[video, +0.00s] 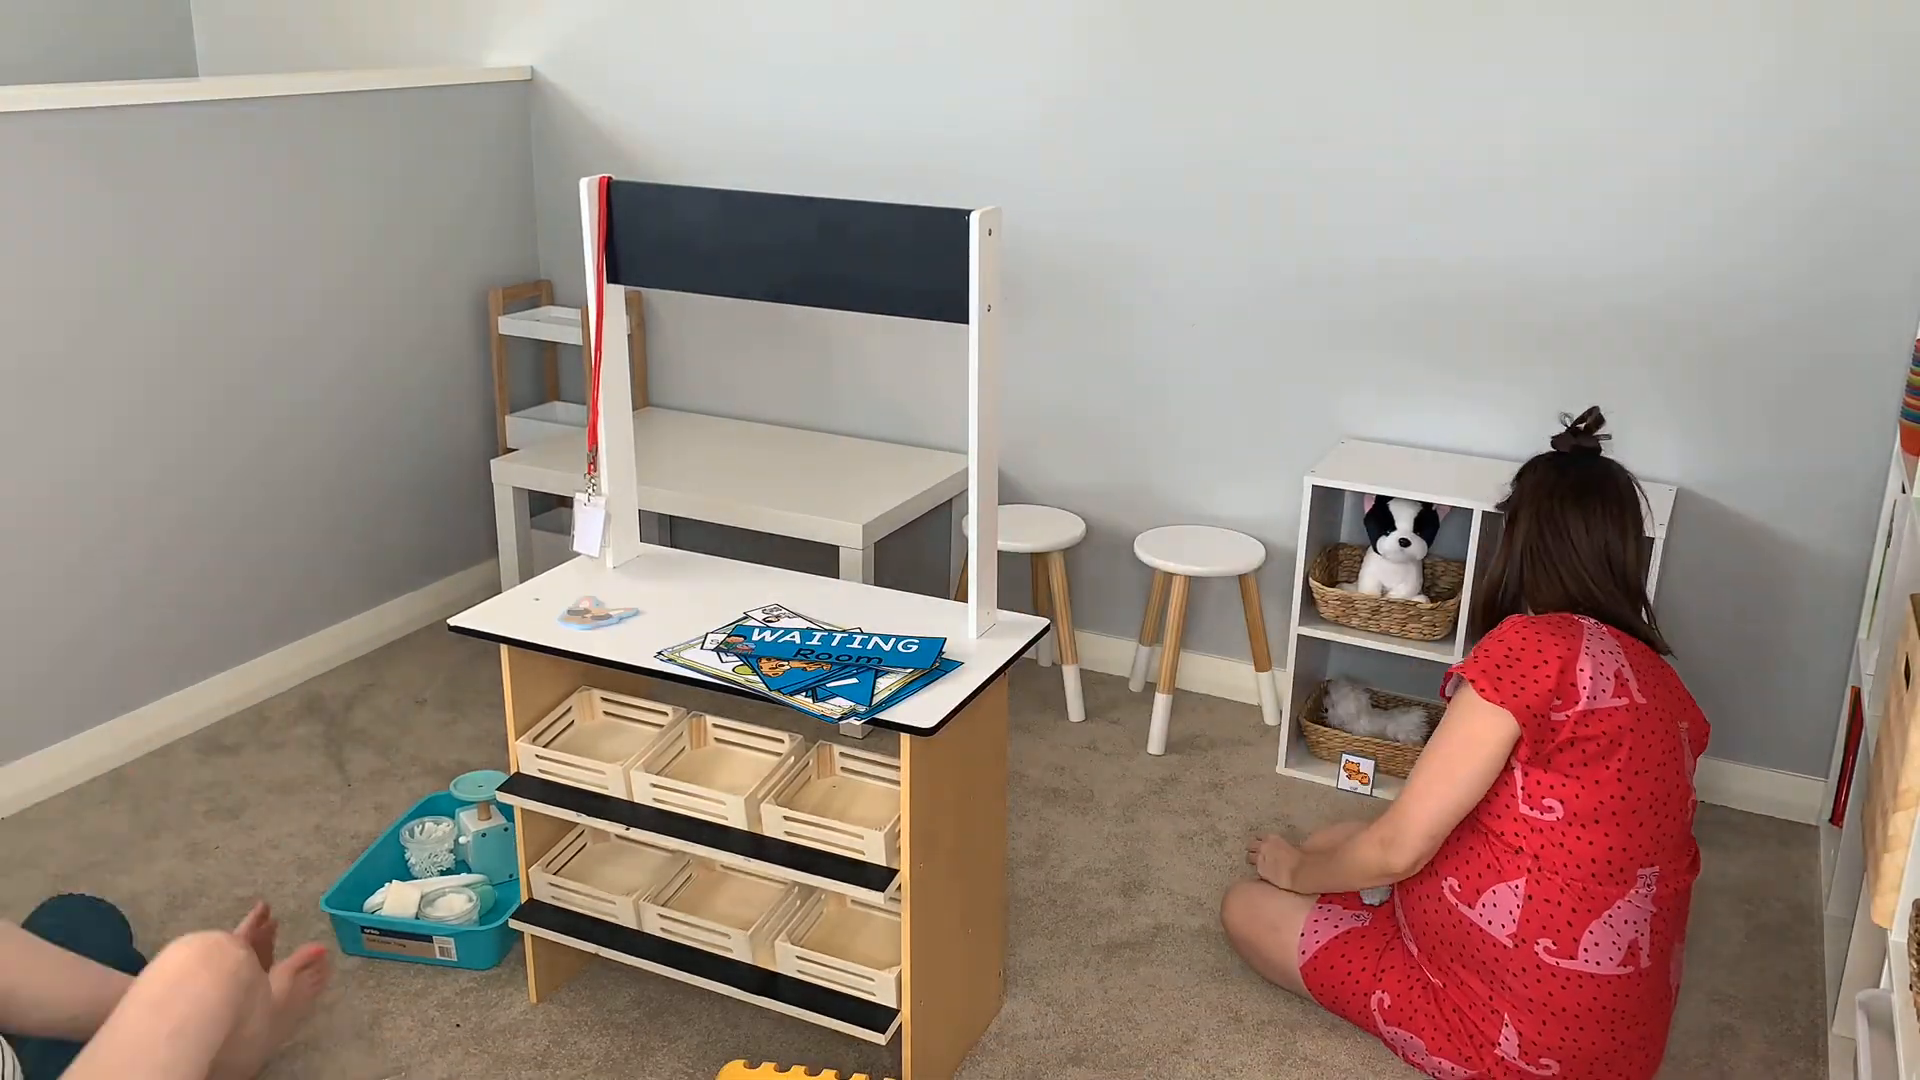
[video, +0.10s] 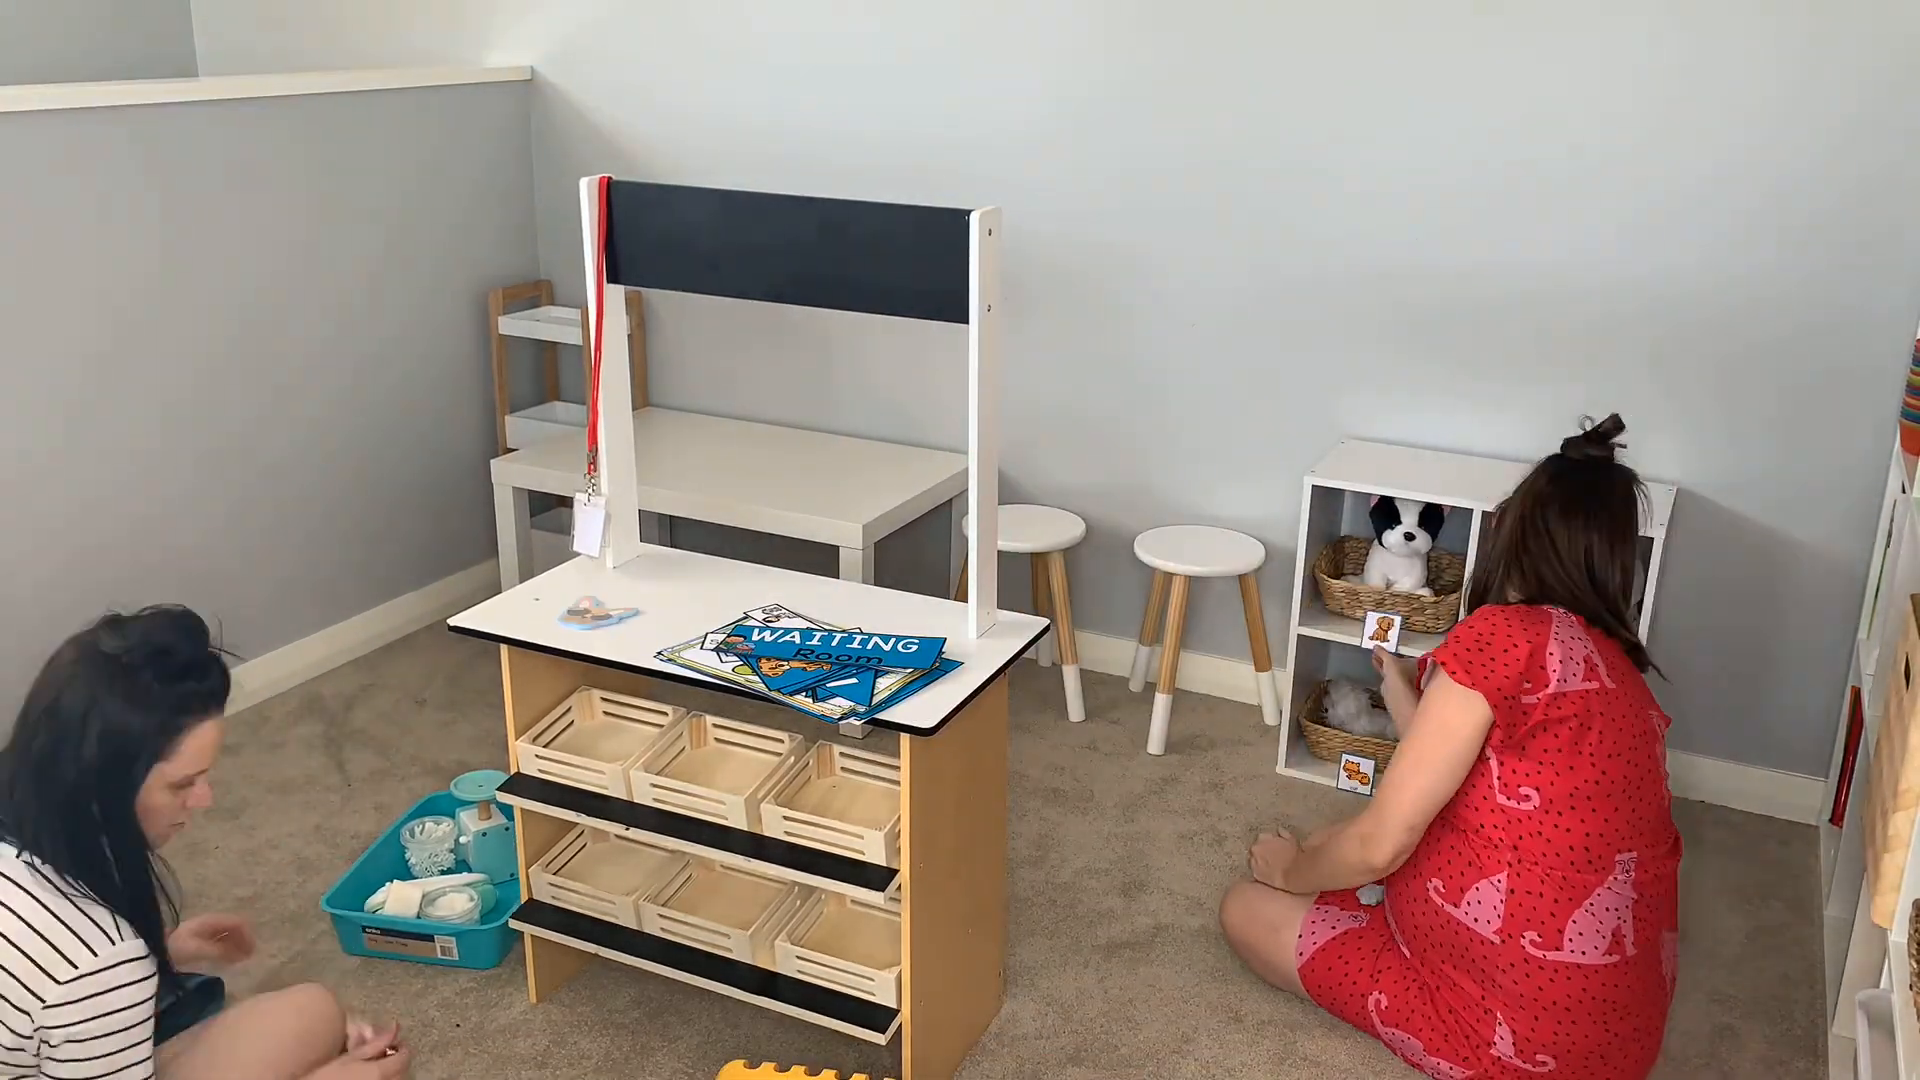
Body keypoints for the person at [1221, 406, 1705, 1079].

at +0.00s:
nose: (1501, 552)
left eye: (1507, 533)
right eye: (1507, 534)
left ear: (1520, 543)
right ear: (1625, 554)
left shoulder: (1534, 646)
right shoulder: (1663, 677)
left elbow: (1393, 850)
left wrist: (1295, 867)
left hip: (1510, 1029)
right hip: (1625, 1025)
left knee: (1246, 903)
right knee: (1343, 831)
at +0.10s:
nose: (1494, 539)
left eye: (1504, 524)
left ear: (1518, 533)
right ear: (1616, 554)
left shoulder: (1503, 635)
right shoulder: (1624, 665)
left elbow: (1379, 844)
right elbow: (1477, 801)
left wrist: (1292, 867)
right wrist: (1395, 683)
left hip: (1508, 1027)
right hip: (1623, 1019)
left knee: (1245, 905)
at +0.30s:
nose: (1496, 553)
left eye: (1500, 534)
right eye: (1502, 534)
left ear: (1515, 542)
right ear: (1614, 544)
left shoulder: (1549, 644)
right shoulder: (1664, 664)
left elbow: (1445, 870)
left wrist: (1354, 875)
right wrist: (1393, 849)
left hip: (1528, 1025)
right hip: (1627, 1012)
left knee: (1249, 905)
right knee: (1339, 835)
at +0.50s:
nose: (1505, 551)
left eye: (1511, 534)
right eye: (1510, 534)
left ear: (1527, 543)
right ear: (1629, 552)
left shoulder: (1551, 655)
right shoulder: (1668, 673)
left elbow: (1449, 885)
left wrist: (1352, 881)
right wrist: (1391, 852)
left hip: (1528, 1029)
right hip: (1628, 1016)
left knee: (1250, 904)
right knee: (1342, 835)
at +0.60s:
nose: (1458, 582)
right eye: (1456, 563)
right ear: (1578, 556)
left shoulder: (1528, 644)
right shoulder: (1638, 662)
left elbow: (1440, 878)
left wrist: (1350, 885)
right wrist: (1371, 842)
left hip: (1529, 1025)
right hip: (1626, 1011)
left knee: (1249, 906)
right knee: (1348, 831)